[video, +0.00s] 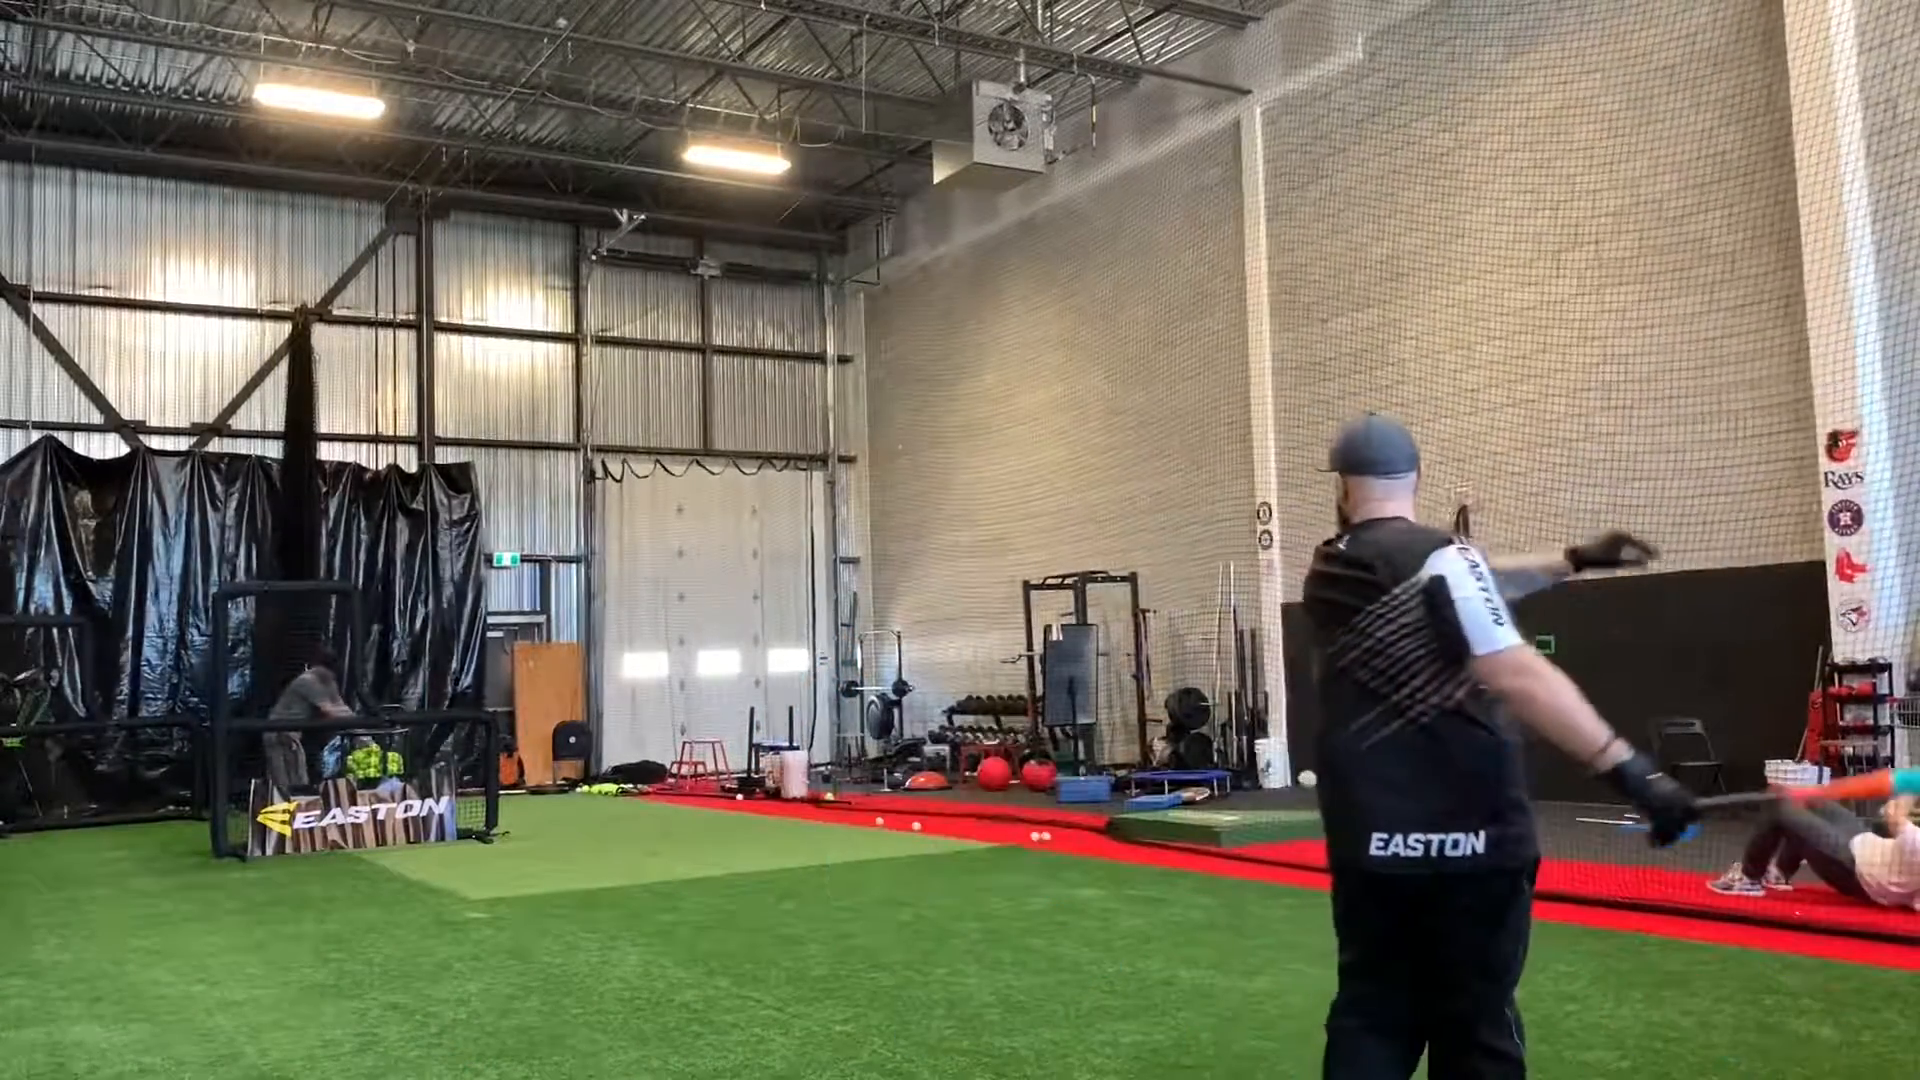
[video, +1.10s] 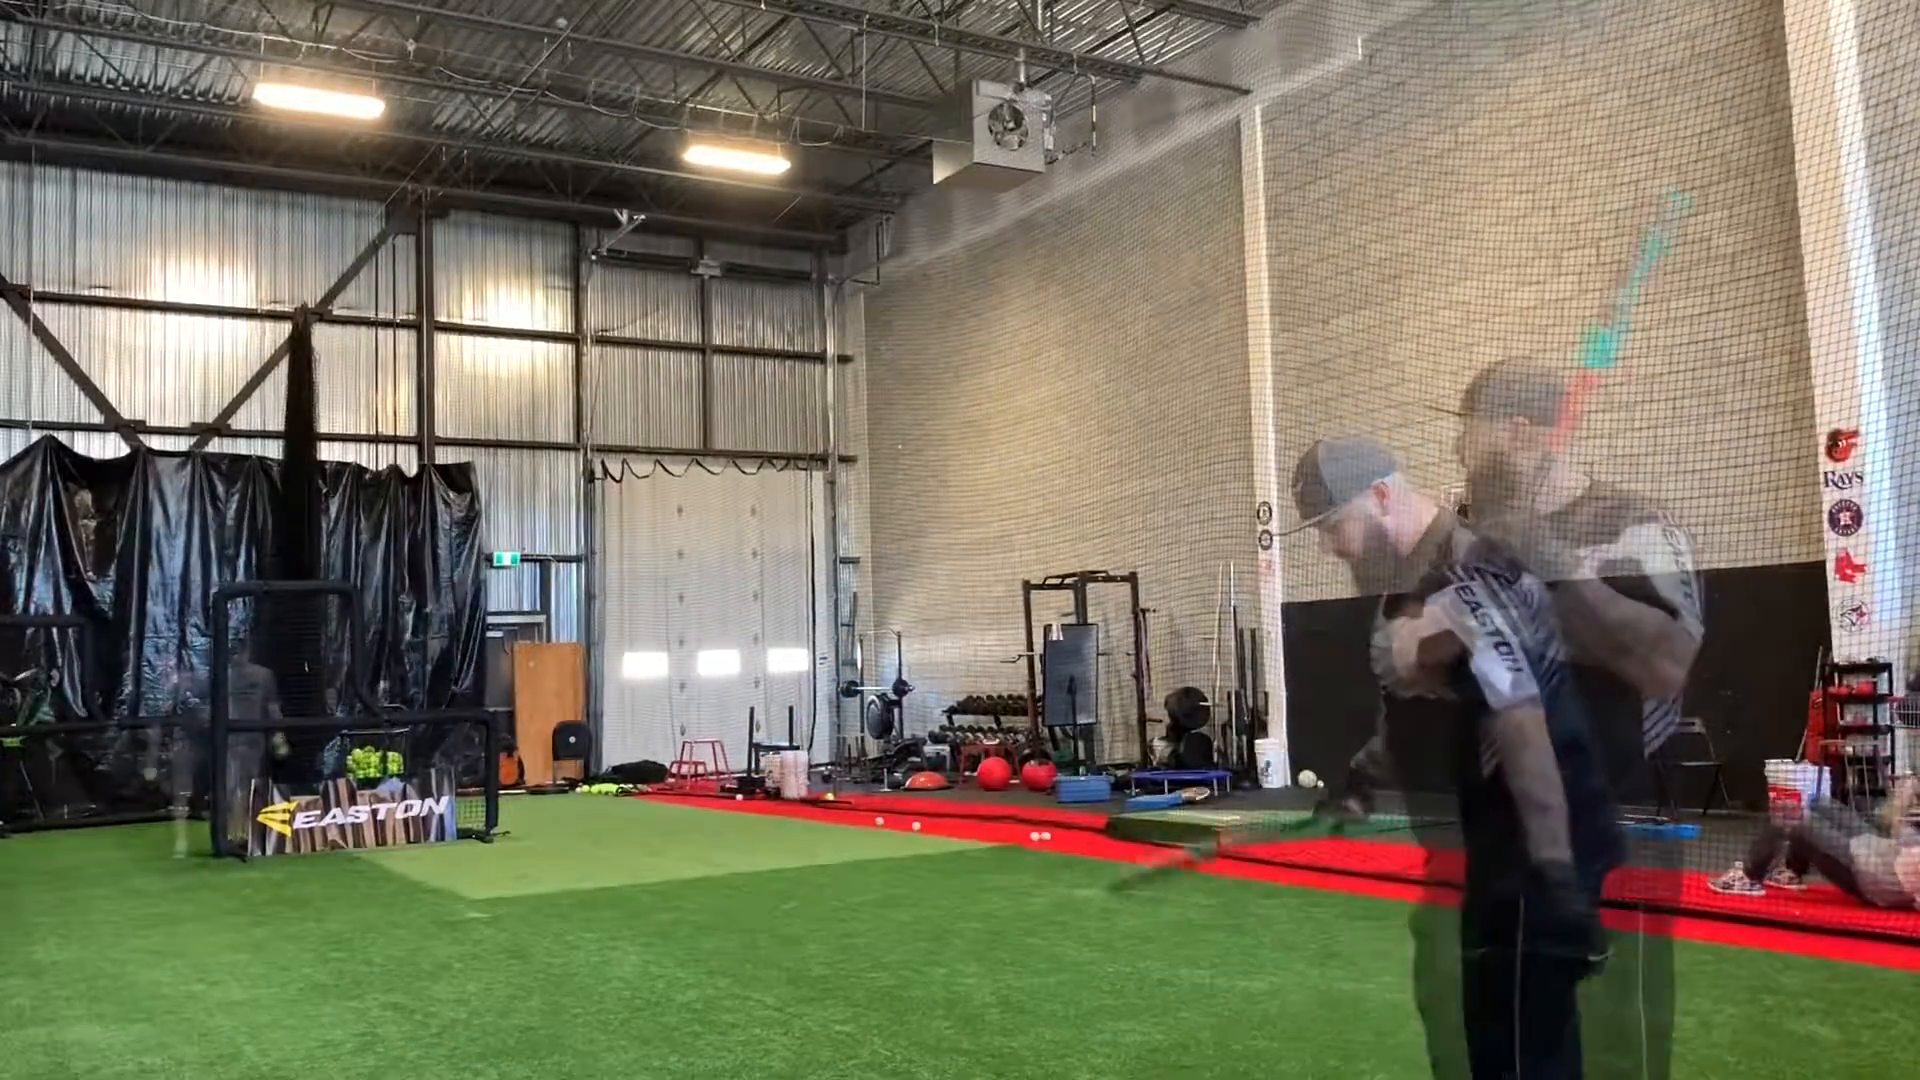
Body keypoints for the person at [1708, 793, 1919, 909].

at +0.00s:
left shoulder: (1916, 845)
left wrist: (1899, 821)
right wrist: (1901, 817)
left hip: (1861, 874)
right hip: (1876, 852)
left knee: (1783, 812)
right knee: (1820, 807)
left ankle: (1748, 876)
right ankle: (1780, 874)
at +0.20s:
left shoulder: (1911, 851)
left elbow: (1884, 816)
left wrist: (1906, 785)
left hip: (1854, 867)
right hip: (1871, 848)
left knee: (1770, 806)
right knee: (1813, 801)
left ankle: (1747, 873)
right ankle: (1779, 870)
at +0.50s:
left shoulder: (1917, 844)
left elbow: (1892, 820)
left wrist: (1909, 791)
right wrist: (1909, 794)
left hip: (1865, 862)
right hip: (1879, 843)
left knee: (1782, 813)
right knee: (1821, 805)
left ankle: (1749, 874)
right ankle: (1791, 867)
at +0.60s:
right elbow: (1901, 821)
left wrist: (1909, 826)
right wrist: (1910, 823)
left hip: (1875, 874)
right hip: (1886, 848)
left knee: (1789, 816)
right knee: (1826, 806)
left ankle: (1750, 874)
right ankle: (1789, 868)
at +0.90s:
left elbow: (1902, 827)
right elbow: (1903, 827)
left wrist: (1906, 816)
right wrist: (1907, 810)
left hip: (1871, 874)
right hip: (1884, 850)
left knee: (1788, 812)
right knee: (1824, 803)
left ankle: (1750, 875)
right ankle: (1792, 871)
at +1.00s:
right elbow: (1904, 840)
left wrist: (1902, 819)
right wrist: (1901, 816)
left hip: (1870, 872)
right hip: (1888, 851)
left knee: (1788, 812)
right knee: (1823, 803)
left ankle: (1749, 874)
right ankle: (1792, 870)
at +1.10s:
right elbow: (1902, 839)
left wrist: (1899, 815)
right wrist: (1902, 805)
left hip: (1869, 876)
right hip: (1882, 851)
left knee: (1789, 817)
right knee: (1822, 806)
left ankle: (1749, 874)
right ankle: (1793, 870)